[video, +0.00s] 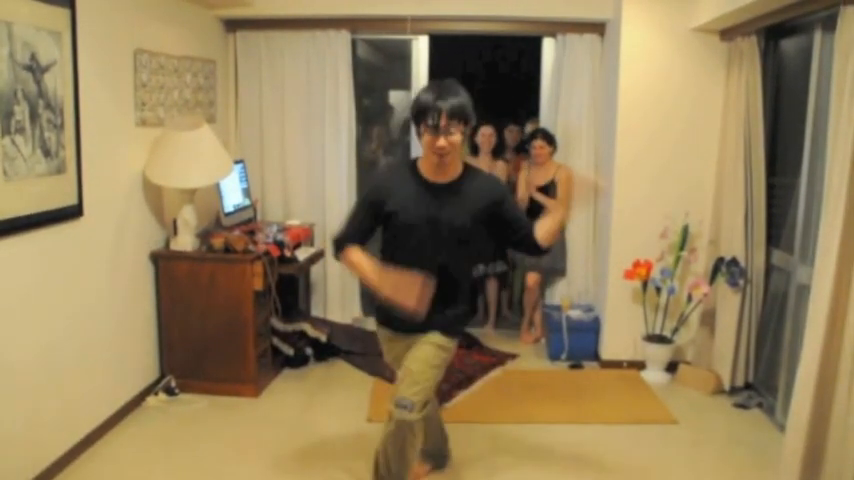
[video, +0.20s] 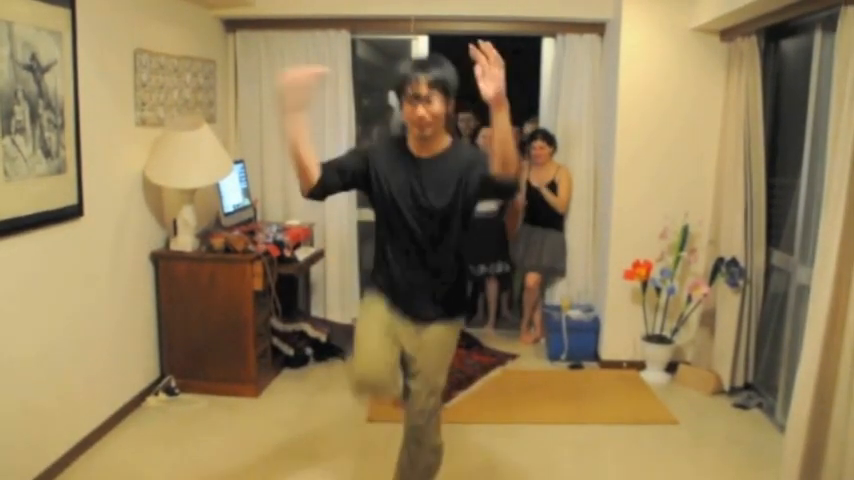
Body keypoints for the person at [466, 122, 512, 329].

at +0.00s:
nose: (486, 139)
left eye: (490, 135)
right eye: (482, 135)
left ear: (496, 139)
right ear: (475, 137)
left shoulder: (500, 166)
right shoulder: (468, 164)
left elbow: (501, 196)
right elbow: (464, 192)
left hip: (493, 228)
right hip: (470, 227)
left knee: (491, 274)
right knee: (472, 272)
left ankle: (491, 318)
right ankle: (474, 314)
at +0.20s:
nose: (486, 142)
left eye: (490, 137)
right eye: (482, 137)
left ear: (497, 140)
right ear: (476, 140)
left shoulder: (504, 166)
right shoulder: (472, 166)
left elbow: (511, 199)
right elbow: (464, 196)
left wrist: (509, 228)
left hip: (495, 220)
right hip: (474, 220)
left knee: (492, 274)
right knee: (477, 272)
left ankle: (491, 318)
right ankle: (478, 313)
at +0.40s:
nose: (487, 140)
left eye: (491, 136)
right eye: (483, 136)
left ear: (497, 141)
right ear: (477, 140)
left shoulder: (502, 166)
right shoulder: (470, 165)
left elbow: (503, 195)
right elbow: (465, 192)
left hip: (496, 215)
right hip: (474, 216)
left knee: (493, 270)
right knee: (473, 266)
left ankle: (492, 318)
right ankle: (471, 313)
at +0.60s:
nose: (488, 141)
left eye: (492, 137)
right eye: (484, 136)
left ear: (497, 141)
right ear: (477, 140)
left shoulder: (502, 168)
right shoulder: (468, 165)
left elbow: (502, 197)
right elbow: (461, 192)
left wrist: (493, 182)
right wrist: (474, 184)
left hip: (494, 217)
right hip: (472, 216)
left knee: (493, 271)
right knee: (471, 267)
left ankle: (491, 318)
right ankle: (469, 312)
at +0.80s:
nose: (488, 141)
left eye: (492, 137)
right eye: (484, 136)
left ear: (498, 141)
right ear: (477, 140)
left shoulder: (503, 167)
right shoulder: (467, 165)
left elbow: (502, 197)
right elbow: (463, 196)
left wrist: (506, 178)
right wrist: (464, 177)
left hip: (495, 216)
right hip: (472, 216)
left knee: (493, 274)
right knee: (470, 272)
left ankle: (492, 318)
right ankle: (470, 318)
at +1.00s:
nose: (487, 141)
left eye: (491, 137)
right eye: (484, 136)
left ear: (497, 141)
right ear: (477, 140)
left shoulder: (503, 167)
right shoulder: (469, 164)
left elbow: (501, 197)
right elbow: (463, 194)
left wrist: (490, 179)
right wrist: (481, 181)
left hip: (493, 217)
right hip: (471, 217)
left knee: (492, 273)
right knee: (467, 272)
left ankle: (491, 319)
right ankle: (461, 316)